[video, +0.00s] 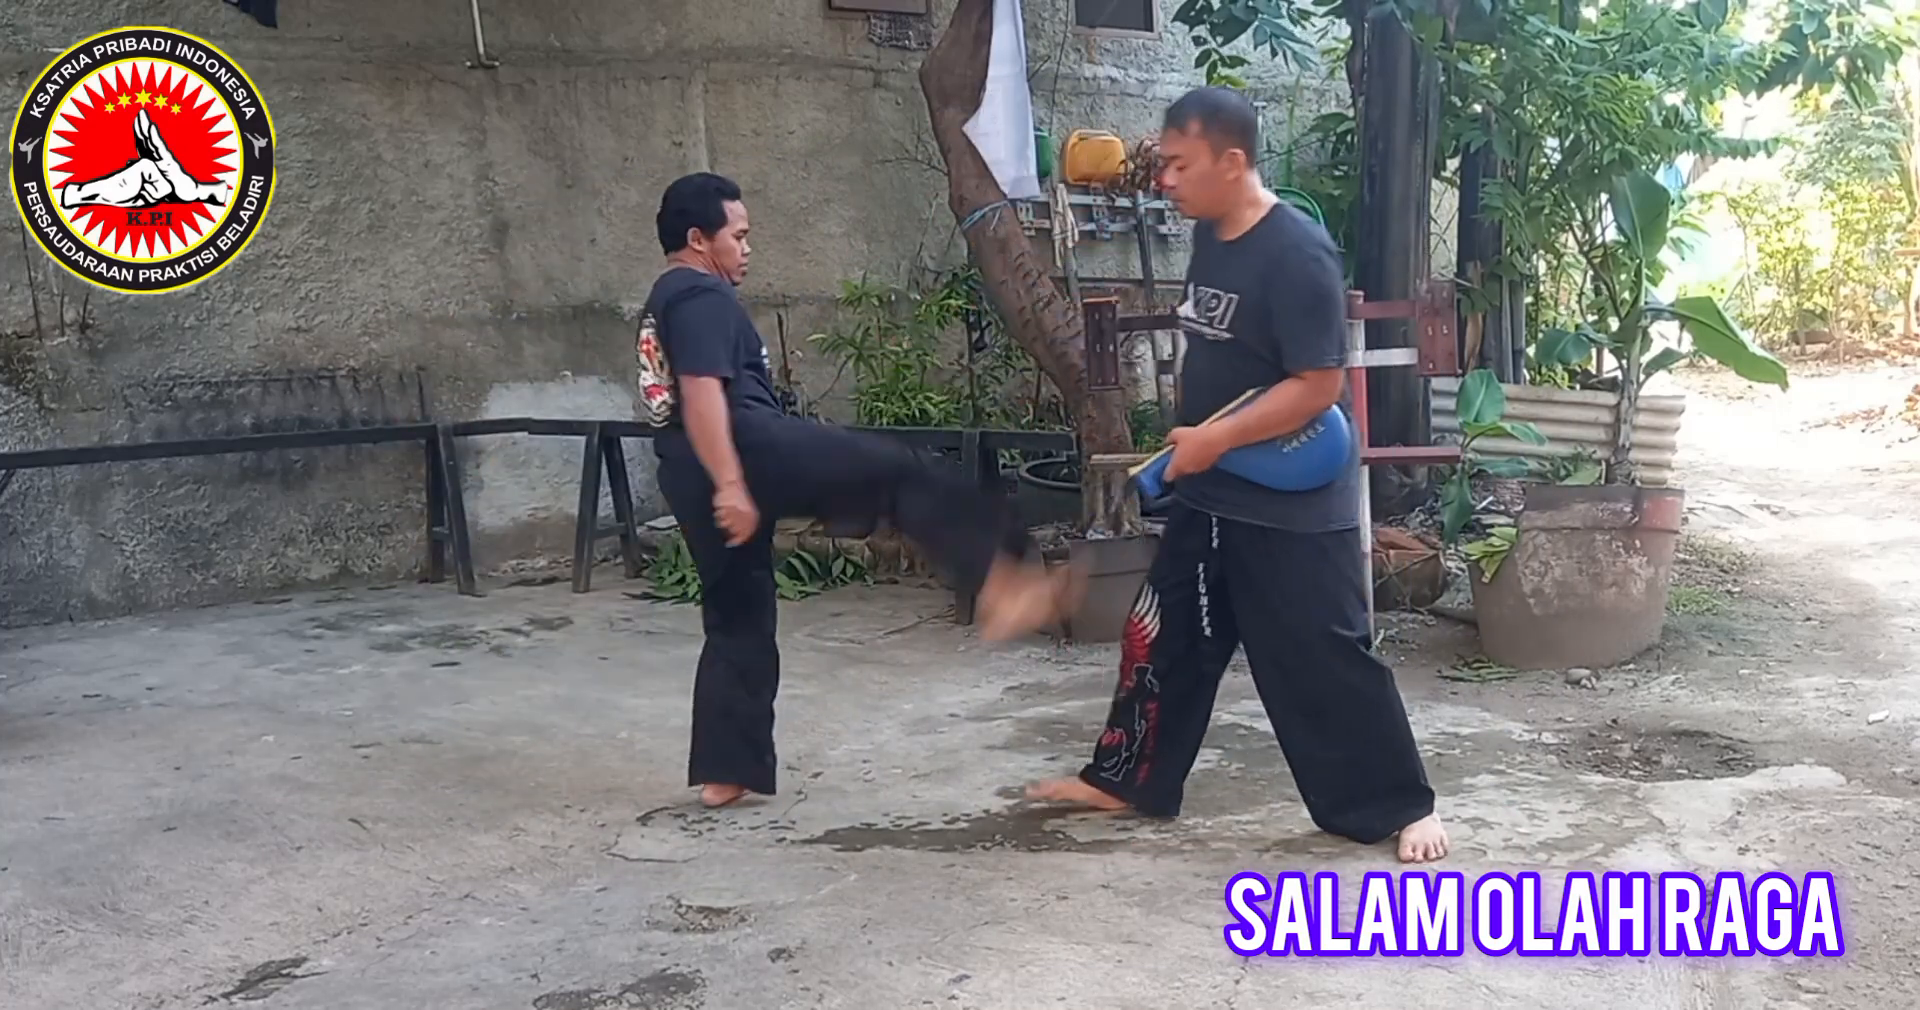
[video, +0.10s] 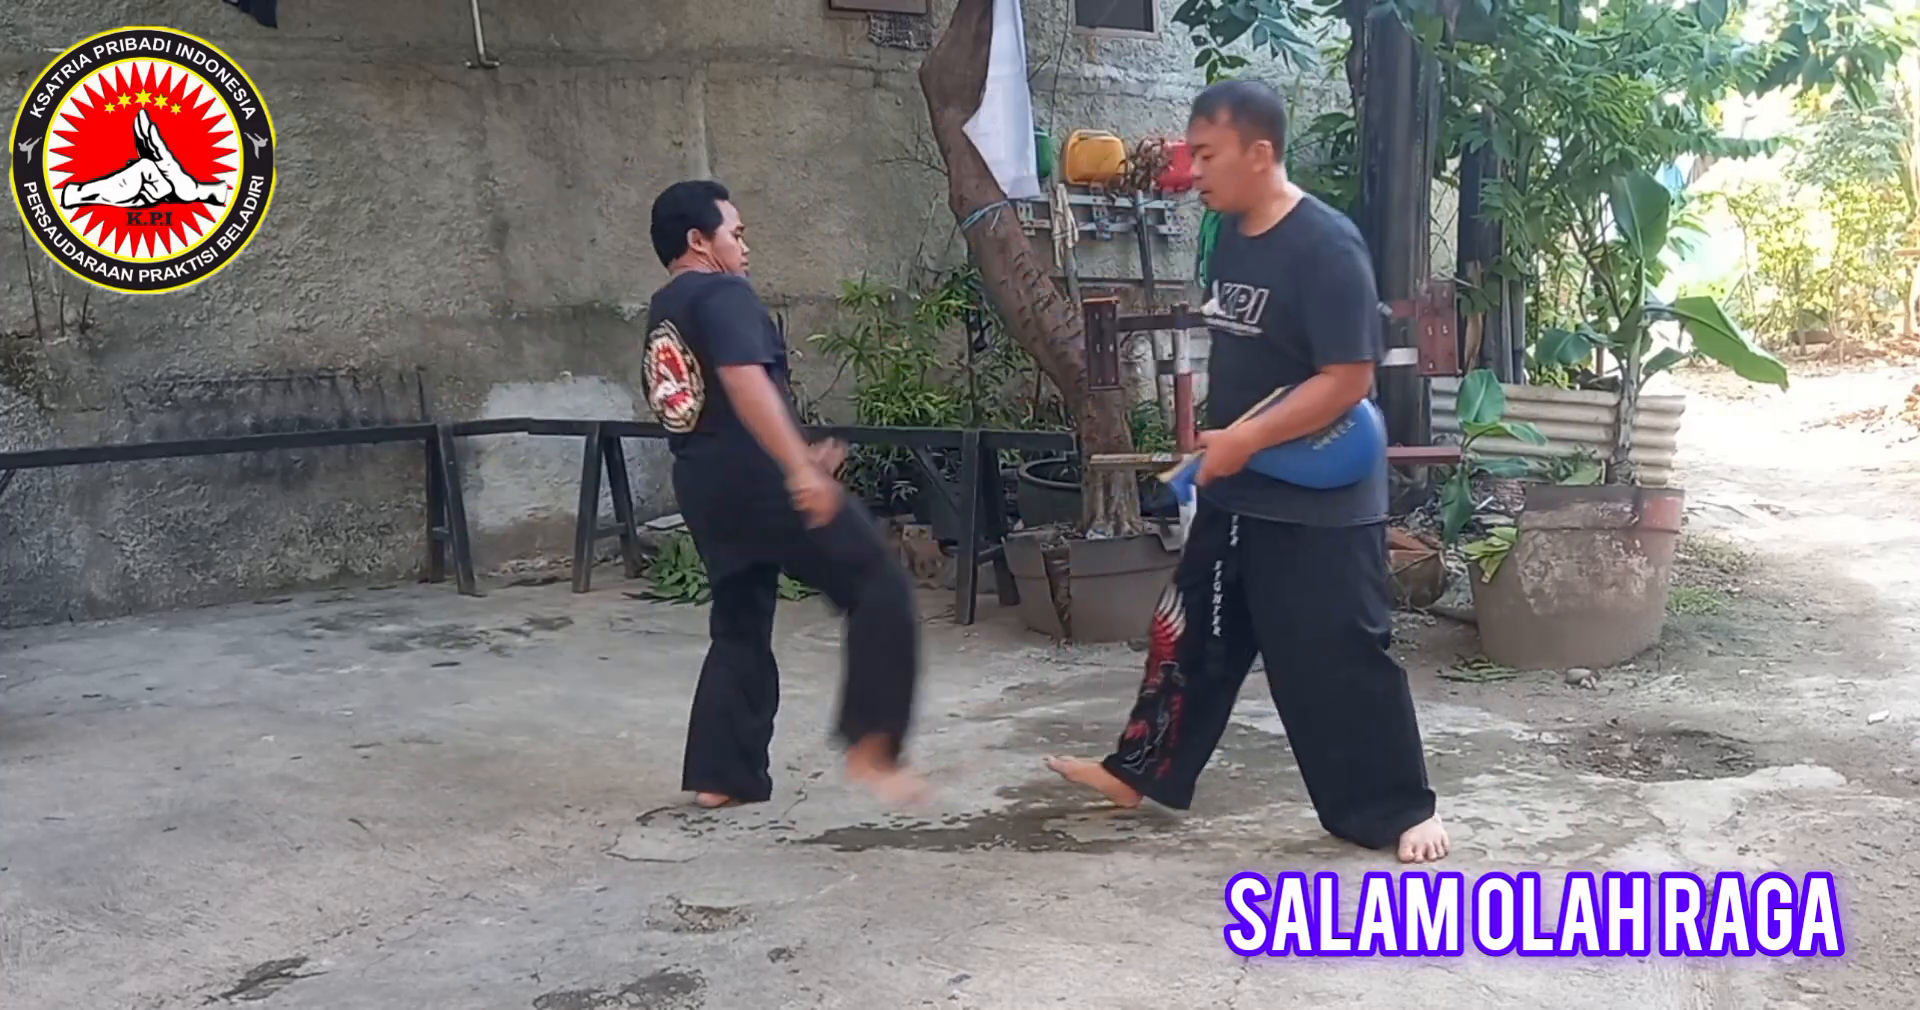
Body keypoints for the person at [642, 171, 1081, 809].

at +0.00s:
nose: (747, 246)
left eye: (746, 233)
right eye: (737, 234)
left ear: (691, 241)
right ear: (697, 238)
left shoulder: (670, 295)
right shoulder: (701, 294)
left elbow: (691, 399)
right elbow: (701, 394)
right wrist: (729, 483)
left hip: (693, 466)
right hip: (737, 451)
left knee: (738, 617)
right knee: (897, 469)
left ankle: (726, 774)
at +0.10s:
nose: (745, 244)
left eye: (742, 231)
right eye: (735, 233)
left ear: (687, 246)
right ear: (697, 243)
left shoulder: (667, 304)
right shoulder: (723, 293)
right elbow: (744, 382)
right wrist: (801, 468)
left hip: (705, 485)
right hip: (757, 476)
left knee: (740, 624)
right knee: (880, 584)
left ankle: (721, 777)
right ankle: (874, 748)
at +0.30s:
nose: (765, 233)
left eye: (758, 221)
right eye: (750, 222)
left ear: (720, 245)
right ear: (711, 243)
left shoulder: (785, 325)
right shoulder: (699, 325)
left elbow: (865, 386)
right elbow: (706, 434)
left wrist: (896, 334)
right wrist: (813, 415)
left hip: (824, 519)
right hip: (778, 525)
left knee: (822, 632)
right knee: (858, 649)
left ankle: (742, 738)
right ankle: (834, 813)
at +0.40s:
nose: (773, 214)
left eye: (768, 202)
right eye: (757, 204)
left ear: (732, 228)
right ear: (713, 228)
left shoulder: (799, 306)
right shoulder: (686, 325)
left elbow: (872, 382)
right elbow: (690, 438)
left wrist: (916, 372)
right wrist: (788, 440)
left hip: (846, 496)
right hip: (776, 515)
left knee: (898, 593)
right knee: (839, 645)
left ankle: (810, 717)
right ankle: (836, 814)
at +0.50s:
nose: (780, 215)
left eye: (777, 202)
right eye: (763, 203)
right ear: (716, 223)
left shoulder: (806, 303)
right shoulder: (682, 324)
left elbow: (874, 378)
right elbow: (683, 438)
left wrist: (916, 395)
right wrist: (783, 454)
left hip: (850, 480)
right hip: (773, 508)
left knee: (940, 556)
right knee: (830, 652)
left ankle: (878, 679)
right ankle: (835, 814)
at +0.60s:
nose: (781, 215)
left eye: (779, 201)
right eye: (765, 204)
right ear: (717, 222)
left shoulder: (802, 297)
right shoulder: (681, 324)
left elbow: (869, 371)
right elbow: (688, 439)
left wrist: (913, 395)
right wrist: (783, 474)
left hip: (855, 473)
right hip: (775, 510)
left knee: (959, 524)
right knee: (824, 652)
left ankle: (884, 641)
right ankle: (833, 815)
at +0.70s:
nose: (780, 201)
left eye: (776, 189)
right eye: (762, 192)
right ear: (715, 215)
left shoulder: (807, 281)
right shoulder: (687, 316)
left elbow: (875, 310)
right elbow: (687, 430)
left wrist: (900, 343)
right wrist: (781, 490)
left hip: (850, 468)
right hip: (768, 508)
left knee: (957, 509)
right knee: (813, 653)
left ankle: (878, 623)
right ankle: (831, 815)